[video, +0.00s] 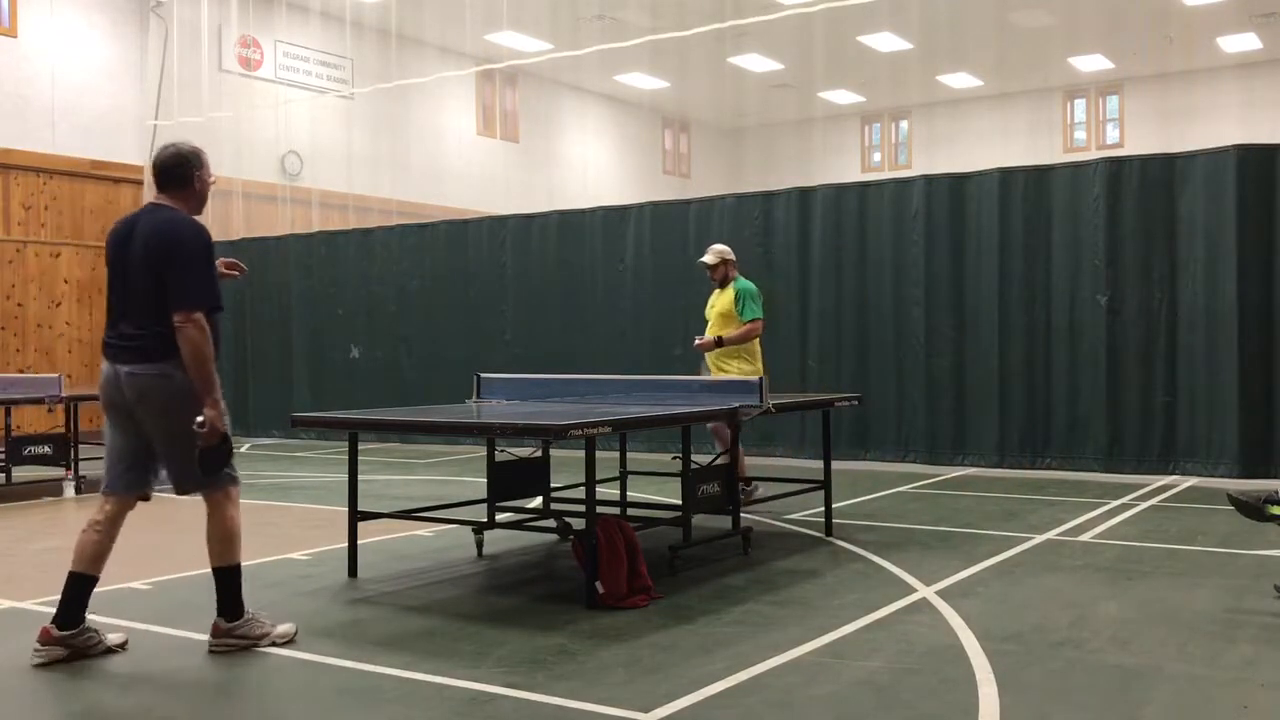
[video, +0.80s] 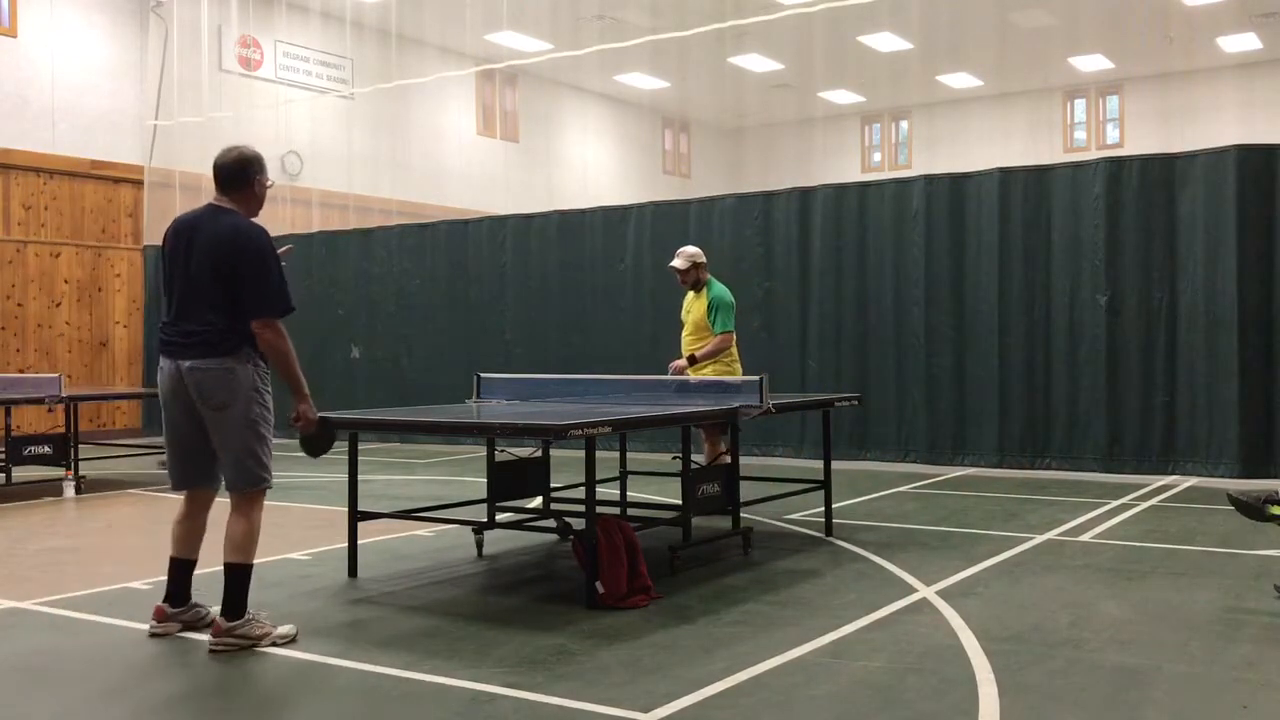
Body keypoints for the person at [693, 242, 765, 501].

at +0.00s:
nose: (710, 273)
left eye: (713, 268)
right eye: (708, 268)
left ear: (729, 265)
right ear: (715, 268)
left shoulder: (745, 288)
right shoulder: (719, 291)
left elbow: (755, 327)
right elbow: (721, 328)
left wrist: (716, 341)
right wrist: (706, 340)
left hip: (740, 375)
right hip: (719, 374)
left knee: (719, 424)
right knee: (720, 426)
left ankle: (742, 480)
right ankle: (740, 480)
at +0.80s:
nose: (680, 278)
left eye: (684, 272)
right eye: (678, 273)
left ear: (700, 269)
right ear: (676, 271)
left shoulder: (719, 296)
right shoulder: (692, 293)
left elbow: (726, 340)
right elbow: (698, 335)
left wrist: (690, 360)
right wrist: (687, 366)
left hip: (719, 376)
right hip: (699, 375)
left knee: (713, 433)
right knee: (707, 431)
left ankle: (712, 485)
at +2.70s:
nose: (677, 268)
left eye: (682, 262)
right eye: (676, 263)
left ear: (699, 262)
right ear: (675, 264)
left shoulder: (713, 289)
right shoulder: (689, 290)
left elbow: (718, 330)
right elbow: (688, 333)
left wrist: (676, 324)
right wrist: (676, 366)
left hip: (709, 377)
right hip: (688, 376)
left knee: (705, 432)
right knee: (702, 432)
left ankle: (712, 485)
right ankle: (716, 484)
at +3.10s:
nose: (680, 270)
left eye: (686, 264)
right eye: (677, 264)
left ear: (702, 263)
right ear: (675, 265)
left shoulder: (716, 287)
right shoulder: (686, 292)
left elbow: (704, 309)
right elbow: (684, 340)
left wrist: (669, 295)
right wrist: (668, 372)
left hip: (712, 378)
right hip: (688, 378)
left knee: (706, 434)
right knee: (701, 434)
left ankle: (715, 488)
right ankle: (716, 485)